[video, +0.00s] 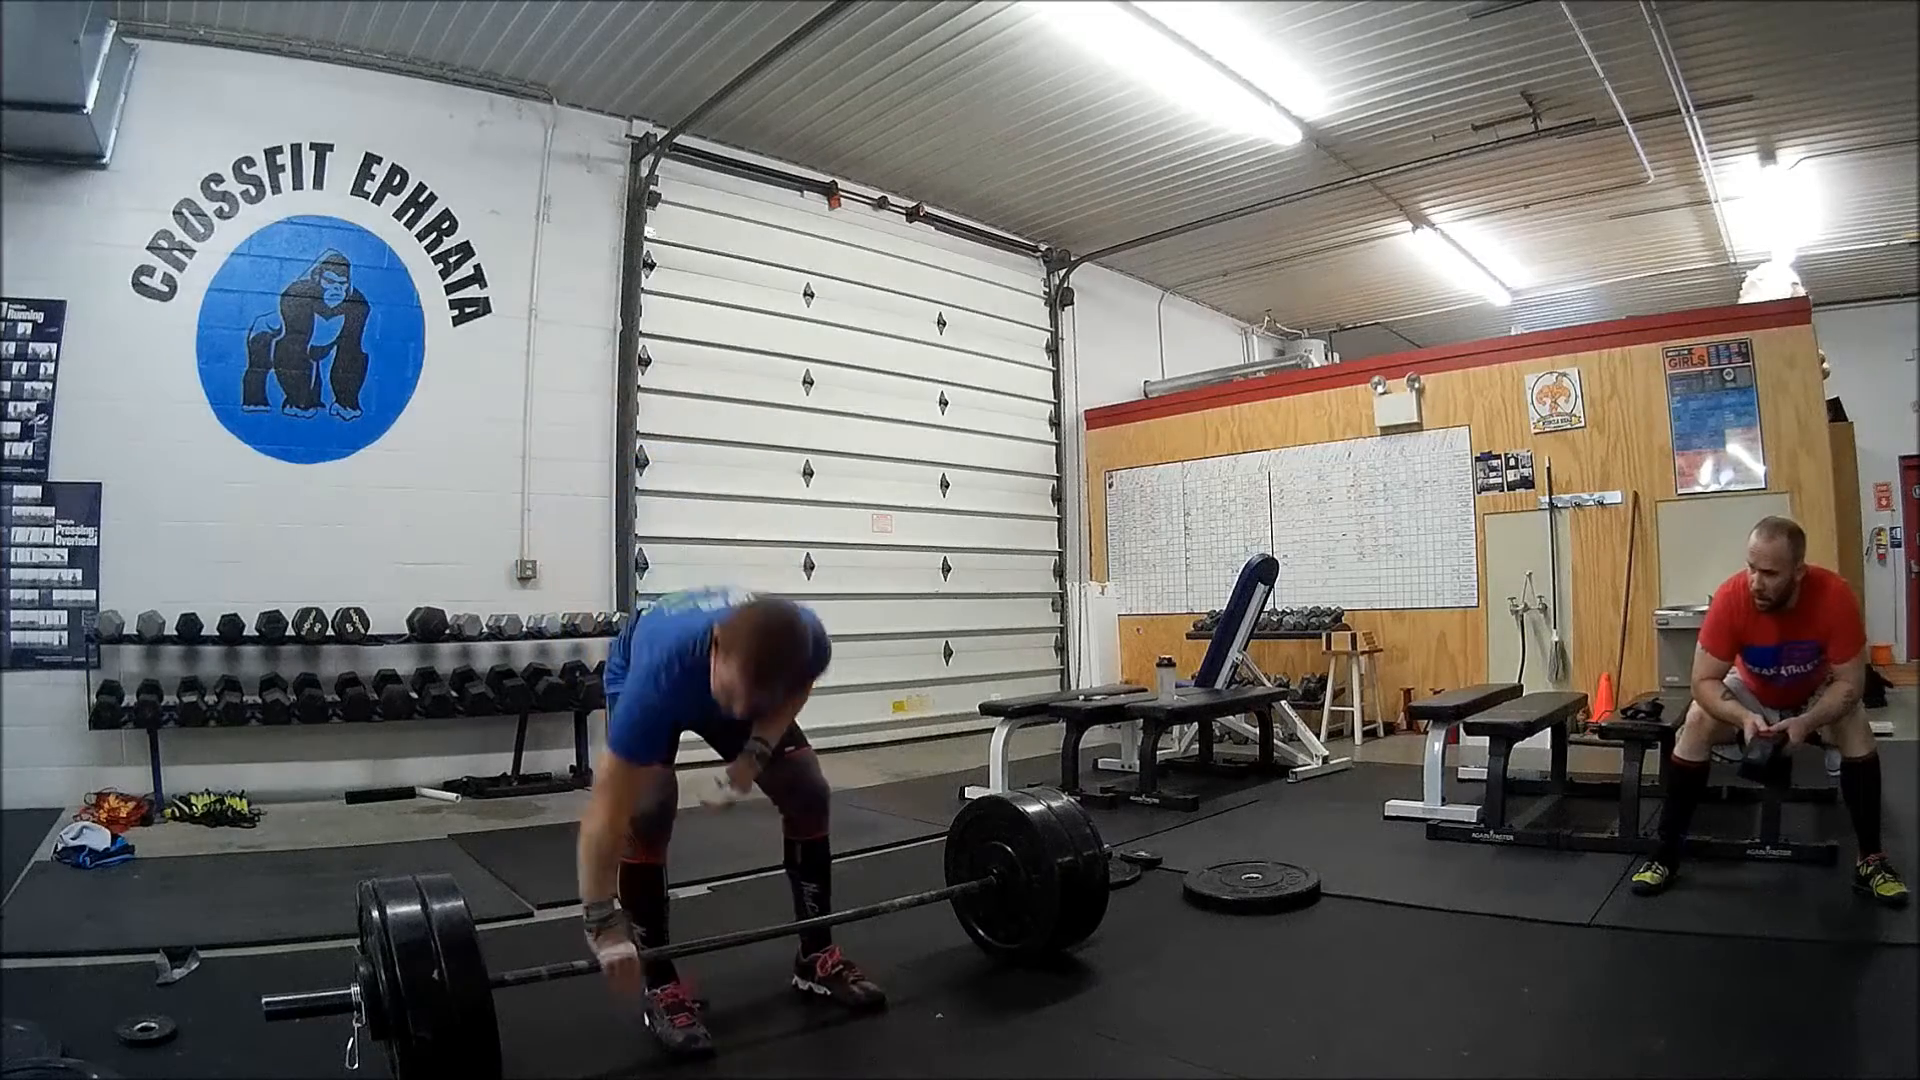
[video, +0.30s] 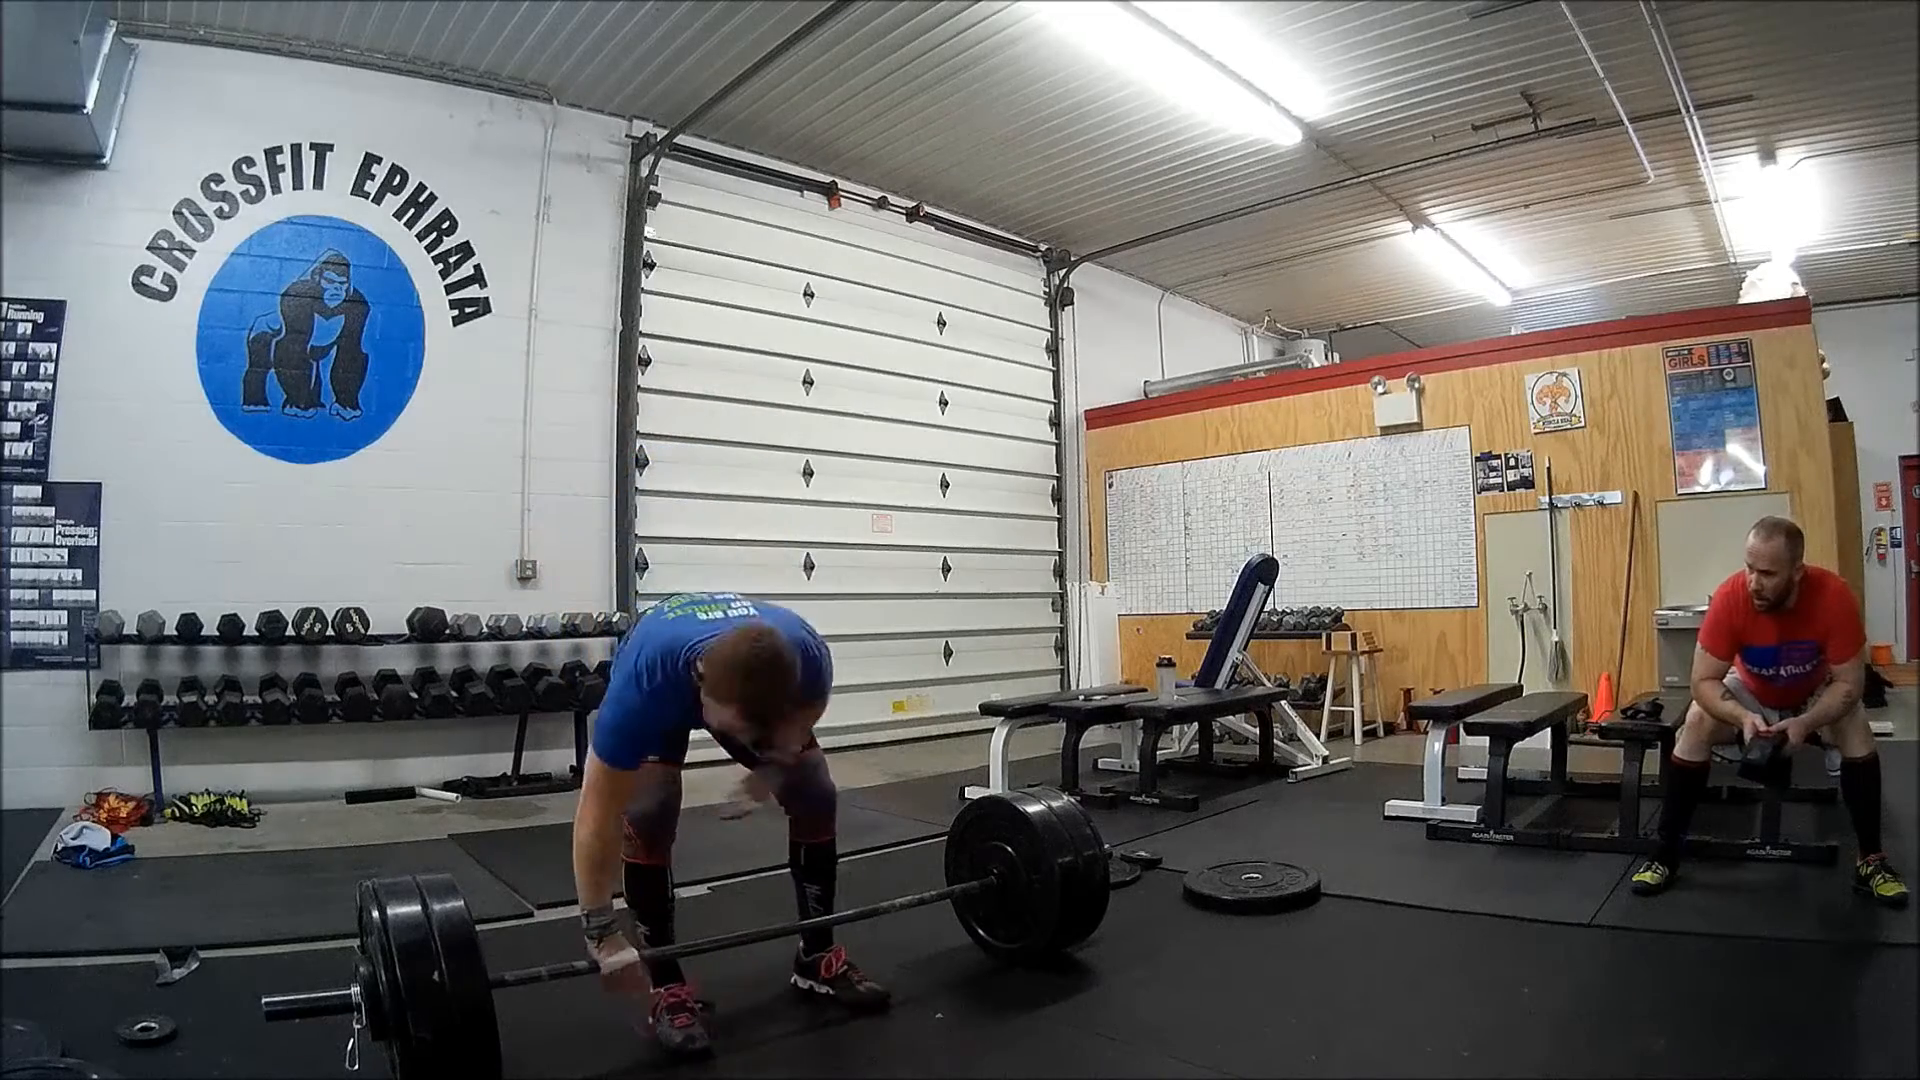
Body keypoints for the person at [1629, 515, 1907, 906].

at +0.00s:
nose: (1757, 583)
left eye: (1770, 574)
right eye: (1752, 569)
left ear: (1798, 570)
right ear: (1747, 561)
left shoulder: (1834, 597)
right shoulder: (1731, 598)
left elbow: (1850, 684)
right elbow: (1703, 682)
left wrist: (1806, 722)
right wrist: (1742, 717)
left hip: (1815, 696)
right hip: (1751, 694)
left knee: (1854, 723)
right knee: (1696, 721)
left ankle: (1871, 859)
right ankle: (1665, 856)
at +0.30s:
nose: (1755, 583)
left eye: (1768, 574)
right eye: (1751, 570)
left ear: (1798, 569)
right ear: (1745, 561)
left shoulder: (1833, 597)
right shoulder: (1730, 597)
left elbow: (1849, 684)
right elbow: (1703, 682)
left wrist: (1804, 723)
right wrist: (1741, 717)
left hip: (1814, 696)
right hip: (1750, 693)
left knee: (1854, 724)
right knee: (1696, 721)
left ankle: (1871, 859)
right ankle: (1665, 857)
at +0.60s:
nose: (1756, 584)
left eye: (1768, 575)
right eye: (1751, 571)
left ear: (1798, 569)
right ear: (1746, 561)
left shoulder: (1833, 597)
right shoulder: (1730, 598)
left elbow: (1849, 683)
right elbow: (1703, 682)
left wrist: (1806, 723)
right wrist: (1742, 718)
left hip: (1815, 695)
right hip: (1751, 693)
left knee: (1853, 723)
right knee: (1696, 722)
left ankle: (1871, 859)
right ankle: (1664, 857)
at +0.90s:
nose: (1757, 584)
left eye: (1769, 575)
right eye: (1752, 570)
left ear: (1799, 569)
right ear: (1746, 561)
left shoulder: (1834, 596)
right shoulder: (1731, 598)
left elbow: (1850, 682)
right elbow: (1704, 683)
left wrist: (1807, 723)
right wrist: (1742, 718)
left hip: (1815, 695)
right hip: (1751, 694)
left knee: (1854, 723)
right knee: (1697, 721)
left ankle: (1871, 859)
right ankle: (1665, 857)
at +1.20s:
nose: (1757, 584)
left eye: (1769, 575)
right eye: (1752, 570)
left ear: (1799, 569)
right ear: (1746, 561)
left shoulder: (1834, 595)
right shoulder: (1731, 598)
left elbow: (1850, 682)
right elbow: (1704, 683)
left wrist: (1808, 722)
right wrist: (1743, 718)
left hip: (1816, 696)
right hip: (1751, 694)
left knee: (1855, 723)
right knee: (1697, 721)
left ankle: (1871, 859)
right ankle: (1665, 857)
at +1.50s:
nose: (1757, 584)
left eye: (1769, 575)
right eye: (1752, 570)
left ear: (1799, 568)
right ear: (1747, 562)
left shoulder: (1834, 595)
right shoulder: (1731, 598)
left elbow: (1851, 682)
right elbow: (1704, 683)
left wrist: (1808, 722)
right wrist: (1743, 718)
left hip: (1816, 695)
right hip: (1751, 694)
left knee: (1855, 724)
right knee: (1697, 722)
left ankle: (1871, 860)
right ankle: (1665, 857)